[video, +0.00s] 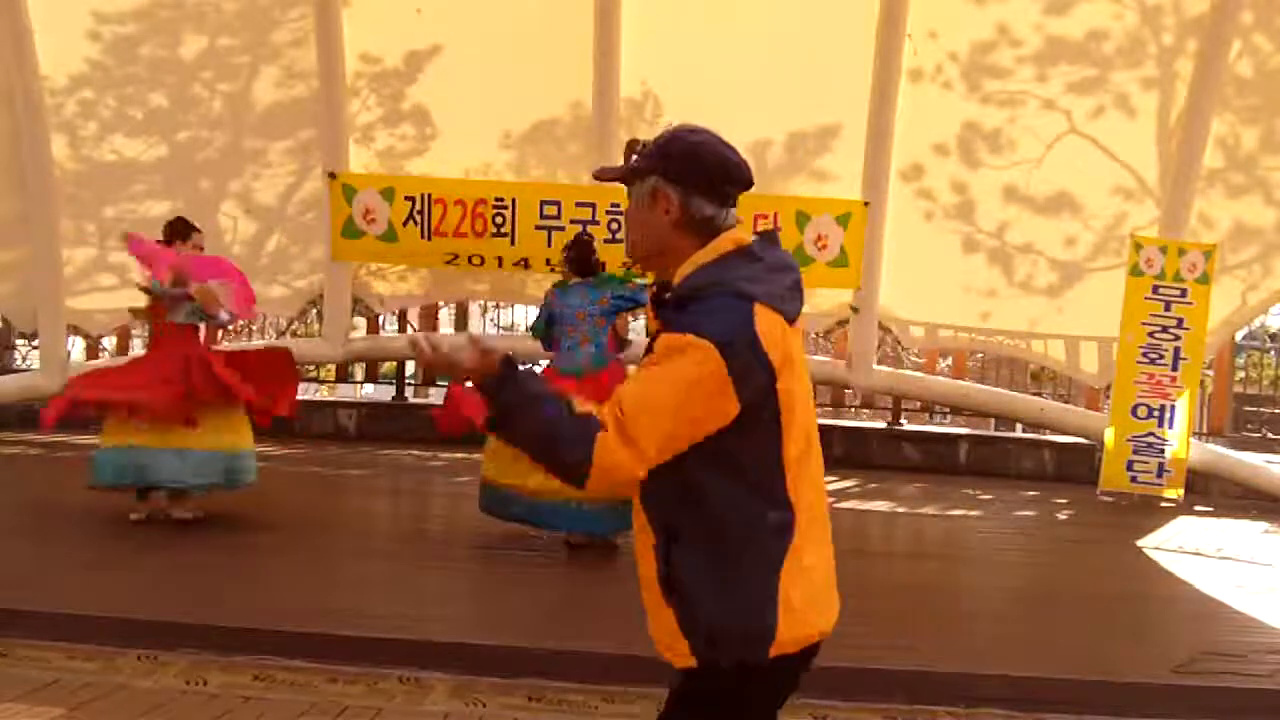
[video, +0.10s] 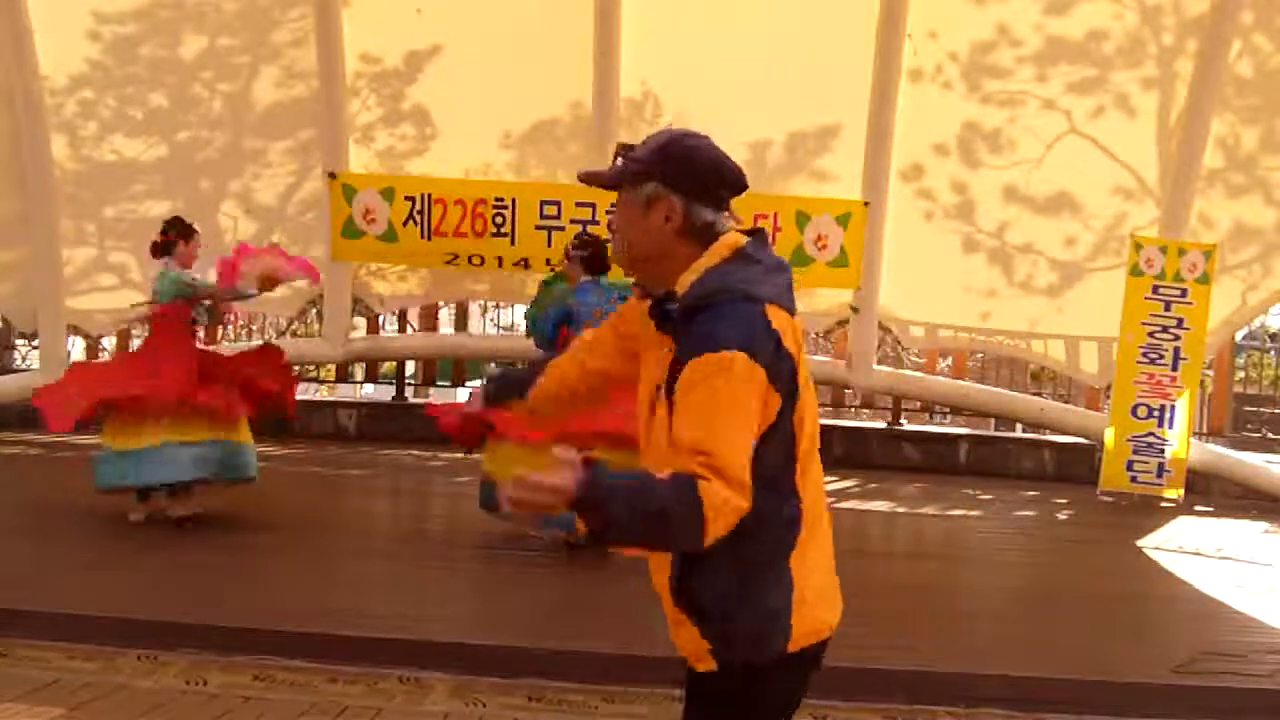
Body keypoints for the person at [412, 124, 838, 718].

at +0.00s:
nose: (624, 221)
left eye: (629, 201)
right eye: (625, 203)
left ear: (666, 206)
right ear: (674, 206)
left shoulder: (720, 322)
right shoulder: (729, 294)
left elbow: (606, 460)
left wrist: (496, 377)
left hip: (746, 627)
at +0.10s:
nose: (609, 221)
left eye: (619, 204)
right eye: (613, 203)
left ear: (665, 214)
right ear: (667, 215)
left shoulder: (730, 325)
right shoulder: (675, 300)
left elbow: (711, 499)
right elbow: (583, 371)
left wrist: (589, 492)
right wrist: (496, 408)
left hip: (758, 630)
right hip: (726, 617)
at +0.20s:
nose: (593, 207)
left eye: (607, 189)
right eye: (598, 190)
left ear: (657, 199)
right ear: (654, 201)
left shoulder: (741, 308)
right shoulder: (632, 298)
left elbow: (813, 472)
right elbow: (522, 330)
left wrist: (734, 552)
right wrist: (389, 337)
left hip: (763, 628)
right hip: (688, 618)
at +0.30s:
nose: (580, 193)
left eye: (594, 175)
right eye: (584, 177)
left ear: (648, 180)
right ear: (640, 182)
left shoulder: (745, 288)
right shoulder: (611, 279)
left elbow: (864, 415)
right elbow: (488, 303)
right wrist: (340, 286)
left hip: (743, 640)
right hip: (654, 629)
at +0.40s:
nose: (573, 174)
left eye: (587, 154)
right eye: (577, 156)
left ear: (643, 160)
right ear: (638, 160)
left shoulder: (746, 272)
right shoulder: (588, 269)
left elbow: (863, 384)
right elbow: (488, 277)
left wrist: (884, 499)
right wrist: (395, 241)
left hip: (725, 635)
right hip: (620, 628)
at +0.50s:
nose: (565, 179)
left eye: (582, 163)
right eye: (569, 164)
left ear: (644, 170)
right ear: (637, 171)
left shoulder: (741, 284)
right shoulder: (572, 274)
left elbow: (843, 403)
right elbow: (486, 294)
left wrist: (876, 509)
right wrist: (473, 234)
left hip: (710, 633)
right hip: (589, 630)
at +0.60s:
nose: (583, 183)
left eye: (604, 163)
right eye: (583, 164)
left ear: (667, 173)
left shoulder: (745, 298)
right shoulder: (565, 275)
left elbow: (809, 424)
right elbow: (499, 281)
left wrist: (862, 514)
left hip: (696, 633)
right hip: (570, 631)